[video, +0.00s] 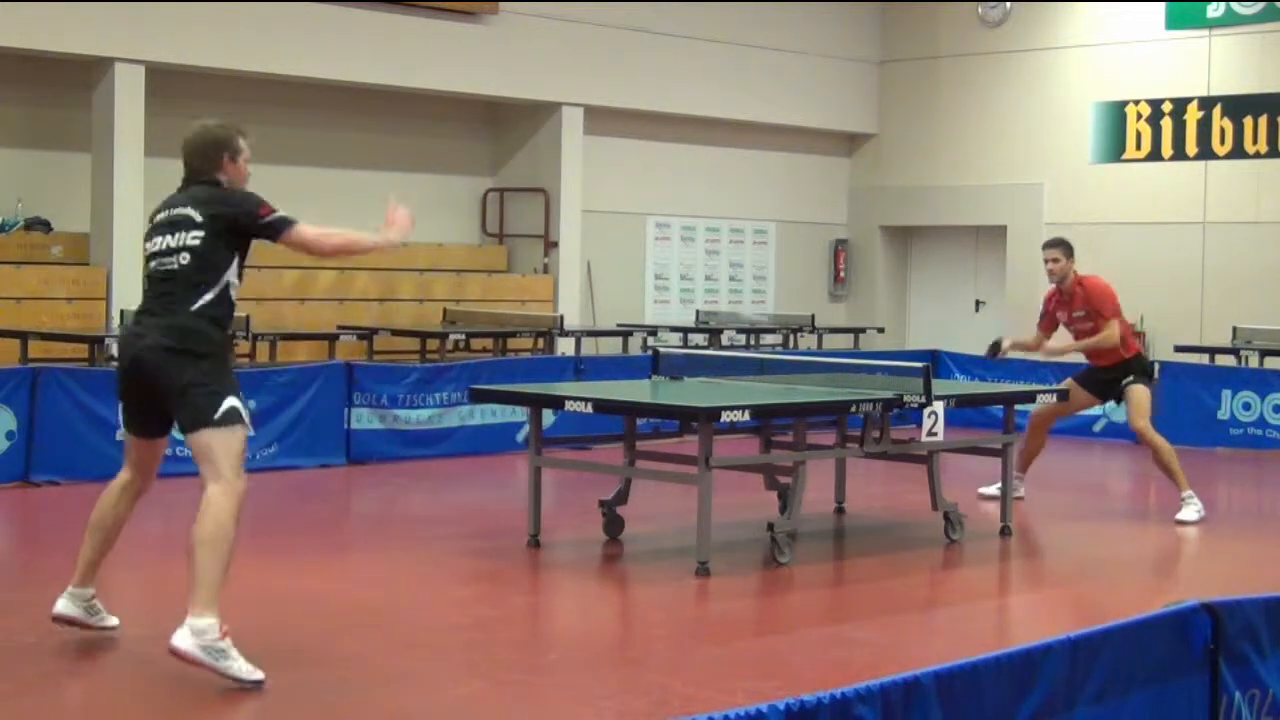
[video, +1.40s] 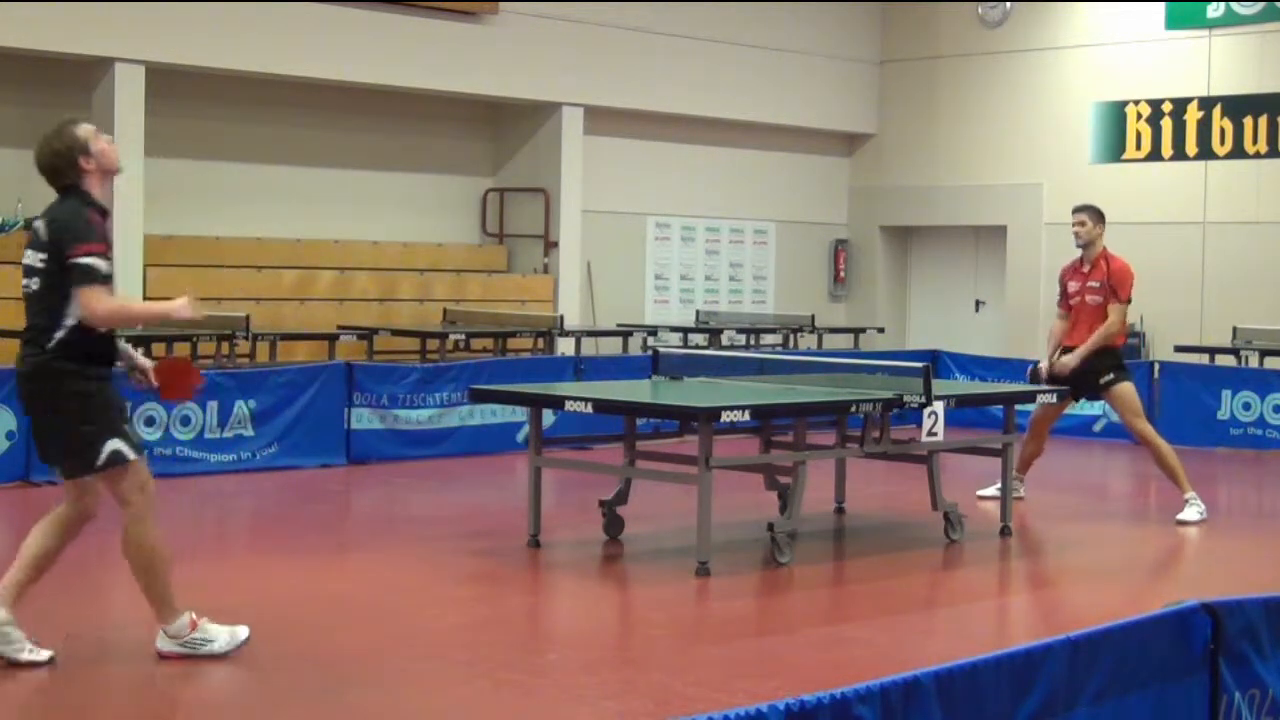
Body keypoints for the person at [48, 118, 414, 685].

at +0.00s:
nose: (248, 169)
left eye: (246, 160)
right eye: (244, 160)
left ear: (195, 167)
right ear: (226, 165)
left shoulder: (162, 212)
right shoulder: (232, 203)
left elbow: (165, 281)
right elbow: (320, 243)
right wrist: (384, 238)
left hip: (138, 349)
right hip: (192, 352)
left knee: (133, 475)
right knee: (225, 480)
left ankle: (78, 592)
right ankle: (202, 626)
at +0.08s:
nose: (241, 177)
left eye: (239, 168)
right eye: (238, 169)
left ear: (187, 178)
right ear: (221, 174)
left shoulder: (157, 228)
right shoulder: (231, 221)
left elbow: (164, 301)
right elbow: (315, 274)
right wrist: (383, 283)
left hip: (140, 367)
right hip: (197, 372)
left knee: (131, 485)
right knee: (223, 501)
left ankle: (79, 600)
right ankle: (194, 646)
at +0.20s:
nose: (238, 198)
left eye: (234, 190)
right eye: (233, 191)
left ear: (185, 202)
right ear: (218, 199)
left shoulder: (152, 249)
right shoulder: (223, 255)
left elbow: (125, 310)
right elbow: (288, 318)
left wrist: (187, 316)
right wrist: (355, 348)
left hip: (129, 394)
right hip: (189, 398)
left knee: (126, 496)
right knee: (217, 515)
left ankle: (70, 612)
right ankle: (192, 653)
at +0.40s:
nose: (234, 186)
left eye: (232, 177)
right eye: (231, 178)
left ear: (182, 187)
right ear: (216, 185)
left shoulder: (142, 223)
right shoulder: (218, 233)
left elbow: (98, 302)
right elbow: (254, 321)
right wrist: (295, 375)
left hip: (91, 354)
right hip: (143, 364)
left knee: (106, 455)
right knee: (226, 469)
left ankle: (60, 571)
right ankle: (193, 608)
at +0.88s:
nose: (191, 204)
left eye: (188, 196)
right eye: (186, 197)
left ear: (137, 208)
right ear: (172, 206)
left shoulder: (101, 254)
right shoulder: (184, 257)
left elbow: (68, 340)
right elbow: (240, 331)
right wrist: (263, 311)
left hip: (71, 388)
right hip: (124, 393)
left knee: (92, 482)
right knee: (220, 487)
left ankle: (48, 593)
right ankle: (185, 620)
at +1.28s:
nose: (143, 146)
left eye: (136, 140)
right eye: (134, 143)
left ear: (104, 168)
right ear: (119, 163)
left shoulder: (74, 218)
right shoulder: (130, 223)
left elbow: (87, 304)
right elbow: (188, 303)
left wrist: (131, 362)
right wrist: (219, 282)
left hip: (61, 372)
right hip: (99, 376)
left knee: (109, 486)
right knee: (174, 484)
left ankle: (24, 581)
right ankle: (182, 624)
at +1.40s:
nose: (113, 143)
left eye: (105, 135)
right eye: (103, 138)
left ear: (76, 167)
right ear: (87, 160)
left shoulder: (59, 217)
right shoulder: (82, 216)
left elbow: (67, 312)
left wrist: (123, 353)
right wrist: (168, 309)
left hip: (50, 378)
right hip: (71, 380)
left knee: (80, 501)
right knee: (137, 489)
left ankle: (1, 609)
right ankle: (175, 625)